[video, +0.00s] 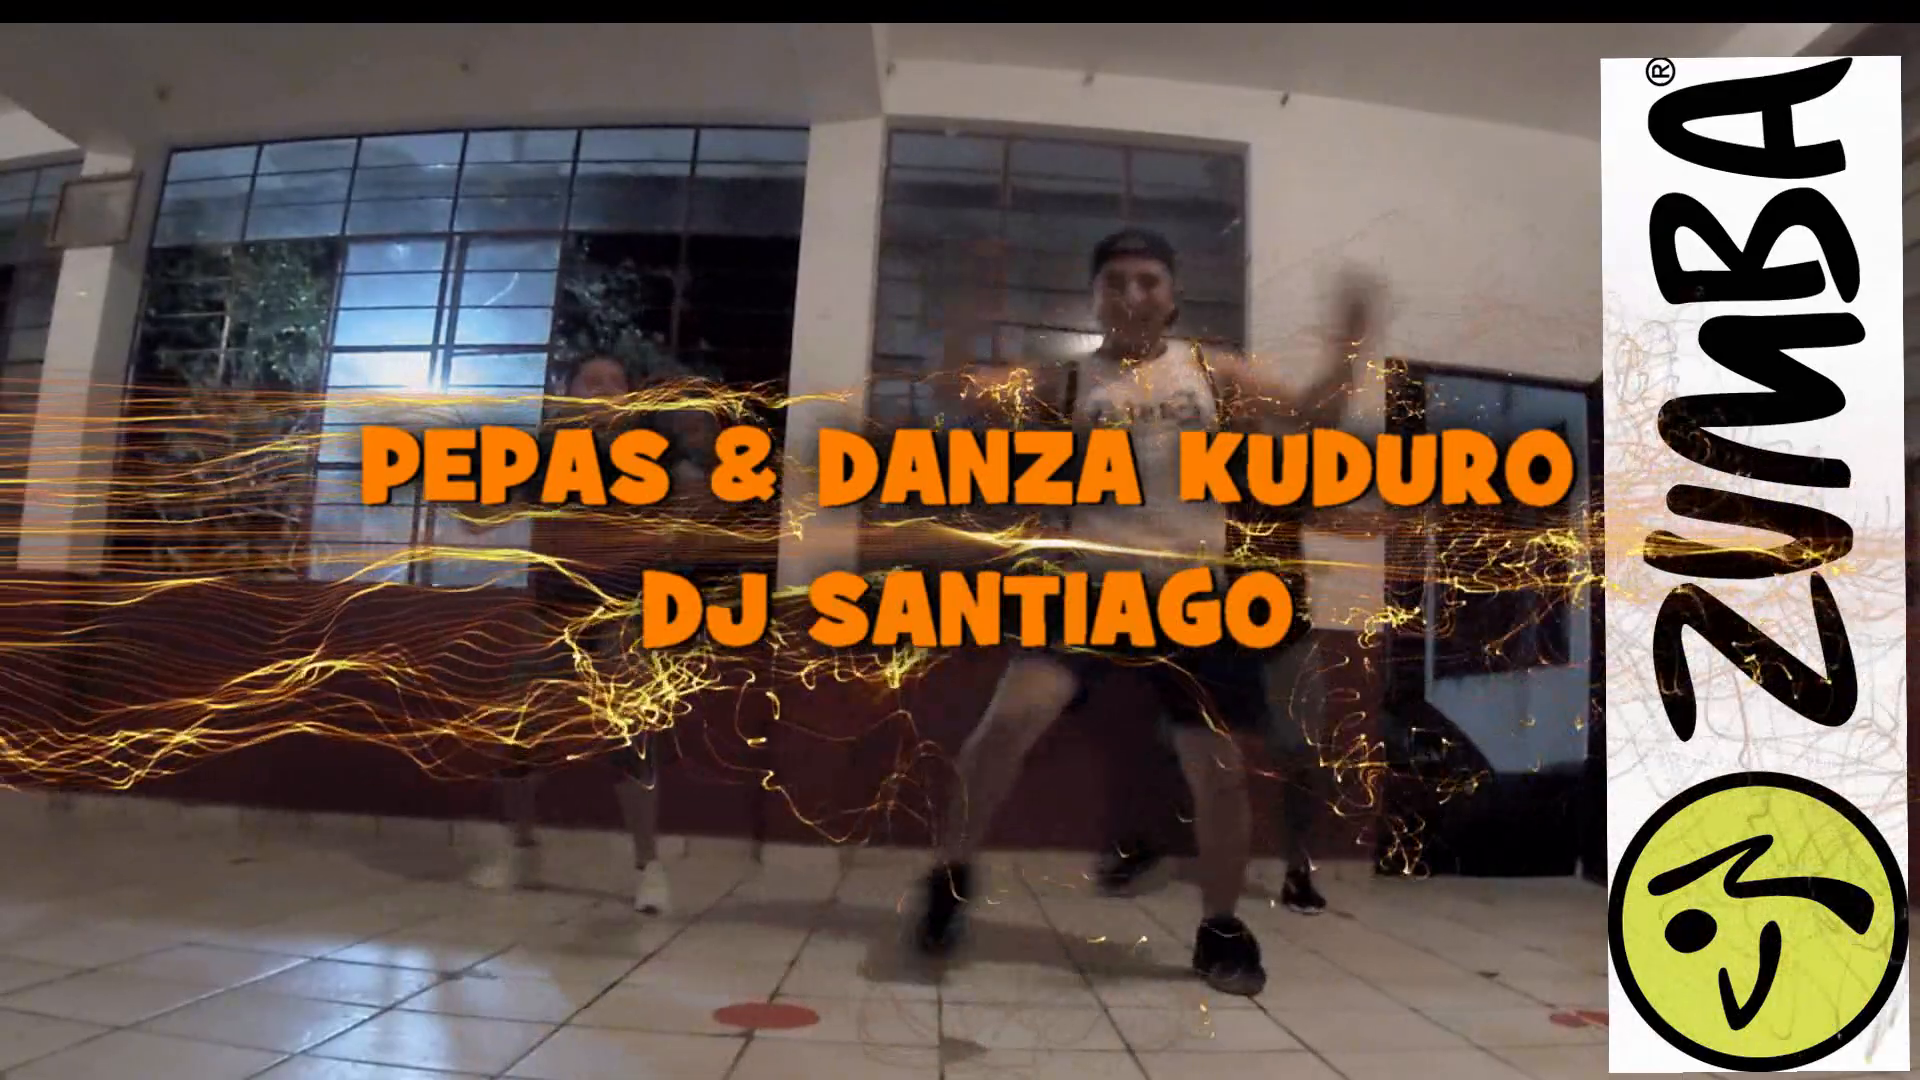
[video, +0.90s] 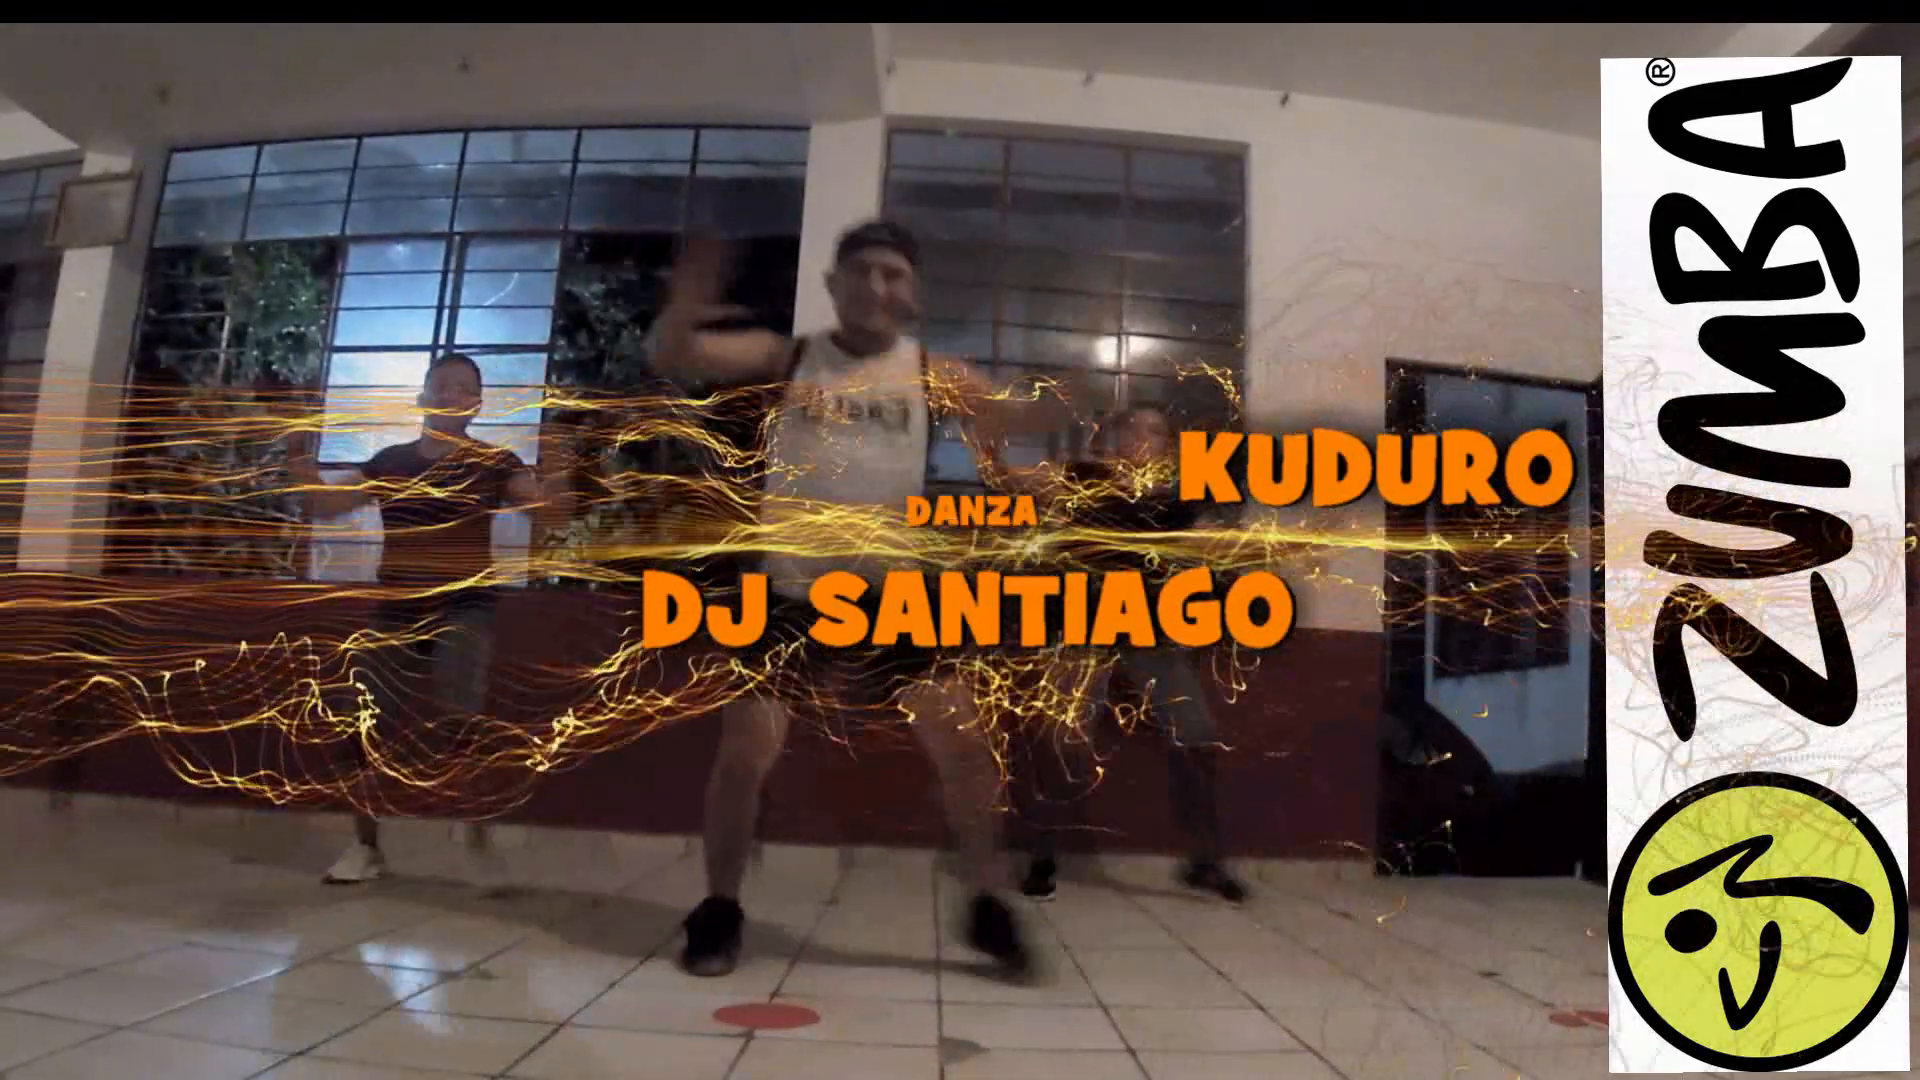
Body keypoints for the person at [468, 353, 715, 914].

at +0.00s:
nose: (601, 399)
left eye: (611, 389)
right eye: (591, 389)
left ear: (629, 396)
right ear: (572, 396)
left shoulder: (650, 455)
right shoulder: (553, 448)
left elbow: (685, 518)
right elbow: (484, 511)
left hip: (626, 612)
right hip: (554, 610)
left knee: (633, 740)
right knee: (520, 731)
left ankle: (649, 867)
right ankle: (515, 850)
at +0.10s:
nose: (610, 386)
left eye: (620, 377)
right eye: (599, 376)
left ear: (637, 389)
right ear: (580, 385)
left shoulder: (657, 447)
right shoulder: (560, 442)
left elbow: (692, 510)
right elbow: (527, 513)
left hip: (638, 606)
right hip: (568, 605)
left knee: (642, 735)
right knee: (570, 731)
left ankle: (648, 866)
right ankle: (580, 856)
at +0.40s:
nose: (590, 428)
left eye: (600, 417)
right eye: (579, 417)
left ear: (620, 424)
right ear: (564, 424)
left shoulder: (644, 486)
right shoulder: (540, 485)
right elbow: (462, 519)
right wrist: (490, 457)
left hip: (619, 629)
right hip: (546, 626)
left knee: (624, 746)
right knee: (487, 730)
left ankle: (650, 868)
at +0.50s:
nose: (559, 418)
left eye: (571, 407)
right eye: (550, 407)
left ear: (594, 414)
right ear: (538, 412)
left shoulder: (622, 473)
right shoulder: (516, 467)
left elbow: (688, 509)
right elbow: (435, 491)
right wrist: (423, 463)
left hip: (592, 630)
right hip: (517, 624)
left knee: (601, 745)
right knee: (442, 726)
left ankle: (646, 866)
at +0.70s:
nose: (489, 401)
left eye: (500, 392)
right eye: (481, 391)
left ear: (517, 400)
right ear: (466, 396)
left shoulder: (532, 462)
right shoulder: (442, 456)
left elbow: (596, 512)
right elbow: (391, 506)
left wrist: (657, 495)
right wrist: (335, 462)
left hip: (505, 609)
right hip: (432, 607)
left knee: (547, 730)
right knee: (388, 714)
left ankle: (607, 858)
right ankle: (369, 848)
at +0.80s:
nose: (471, 402)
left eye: (480, 392)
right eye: (460, 391)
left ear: (492, 400)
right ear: (444, 396)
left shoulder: (504, 465)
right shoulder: (417, 461)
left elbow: (553, 528)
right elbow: (362, 517)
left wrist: (611, 506)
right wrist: (315, 480)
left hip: (473, 609)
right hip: (409, 607)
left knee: (492, 716)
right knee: (369, 716)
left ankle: (537, 831)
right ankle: (367, 844)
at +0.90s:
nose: (455, 398)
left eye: (466, 390)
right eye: (445, 388)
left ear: (479, 400)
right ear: (424, 397)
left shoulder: (494, 464)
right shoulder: (394, 461)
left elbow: (549, 510)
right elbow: (327, 504)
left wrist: (559, 468)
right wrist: (303, 473)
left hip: (463, 605)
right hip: (399, 603)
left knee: (462, 713)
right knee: (372, 716)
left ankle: (475, 832)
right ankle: (364, 844)